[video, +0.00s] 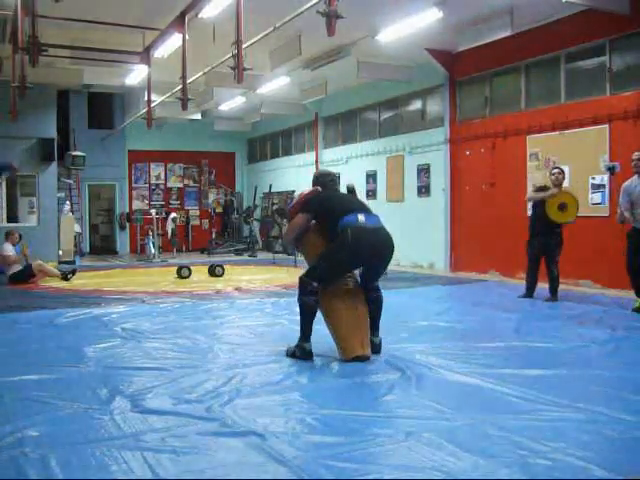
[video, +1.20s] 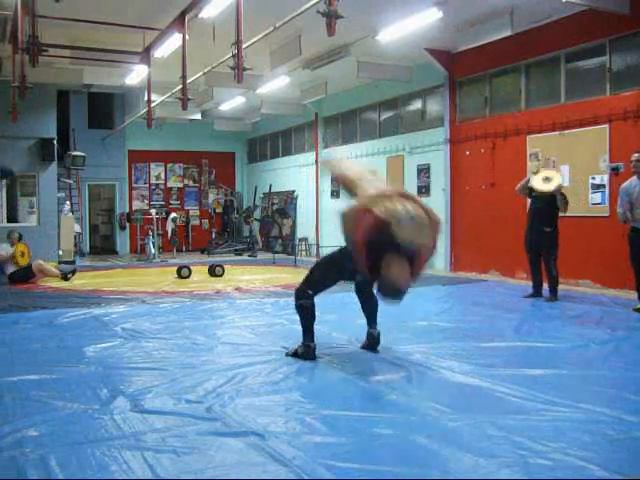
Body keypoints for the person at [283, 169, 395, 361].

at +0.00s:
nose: (312, 190)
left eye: (312, 188)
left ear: (316, 188)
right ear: (336, 186)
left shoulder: (314, 198)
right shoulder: (350, 198)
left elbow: (289, 236)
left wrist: (292, 247)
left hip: (353, 243)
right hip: (383, 241)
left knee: (308, 282)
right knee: (370, 283)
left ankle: (304, 344)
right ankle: (375, 338)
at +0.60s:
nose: (316, 158)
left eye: (317, 155)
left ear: (320, 157)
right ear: (341, 156)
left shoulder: (316, 175)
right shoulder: (355, 174)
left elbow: (289, 209)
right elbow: (368, 198)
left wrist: (303, 220)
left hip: (344, 231)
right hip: (374, 228)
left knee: (304, 283)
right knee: (376, 282)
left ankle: (302, 345)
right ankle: (377, 337)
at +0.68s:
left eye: (325, 157)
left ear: (324, 159)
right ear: (346, 158)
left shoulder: (319, 180)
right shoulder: (360, 179)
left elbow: (293, 215)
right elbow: (370, 203)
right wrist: (357, 174)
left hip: (343, 241)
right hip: (373, 238)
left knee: (299, 284)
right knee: (375, 284)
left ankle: (302, 346)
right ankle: (376, 338)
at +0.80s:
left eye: (342, 151)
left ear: (340, 154)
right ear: (361, 155)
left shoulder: (328, 181)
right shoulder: (371, 182)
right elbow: (371, 212)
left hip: (339, 251)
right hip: (370, 252)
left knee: (294, 287)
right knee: (373, 287)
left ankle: (303, 346)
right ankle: (375, 339)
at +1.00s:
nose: (344, 170)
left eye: (346, 166)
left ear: (346, 168)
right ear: (368, 170)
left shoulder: (335, 193)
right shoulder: (383, 193)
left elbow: (312, 201)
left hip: (335, 254)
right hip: (367, 258)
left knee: (299, 290)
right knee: (367, 290)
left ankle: (304, 346)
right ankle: (373, 339)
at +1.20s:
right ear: (405, 275)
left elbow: (347, 215)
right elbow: (435, 222)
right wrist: (411, 198)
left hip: (358, 258)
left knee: (304, 293)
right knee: (363, 287)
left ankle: (307, 345)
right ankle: (373, 333)